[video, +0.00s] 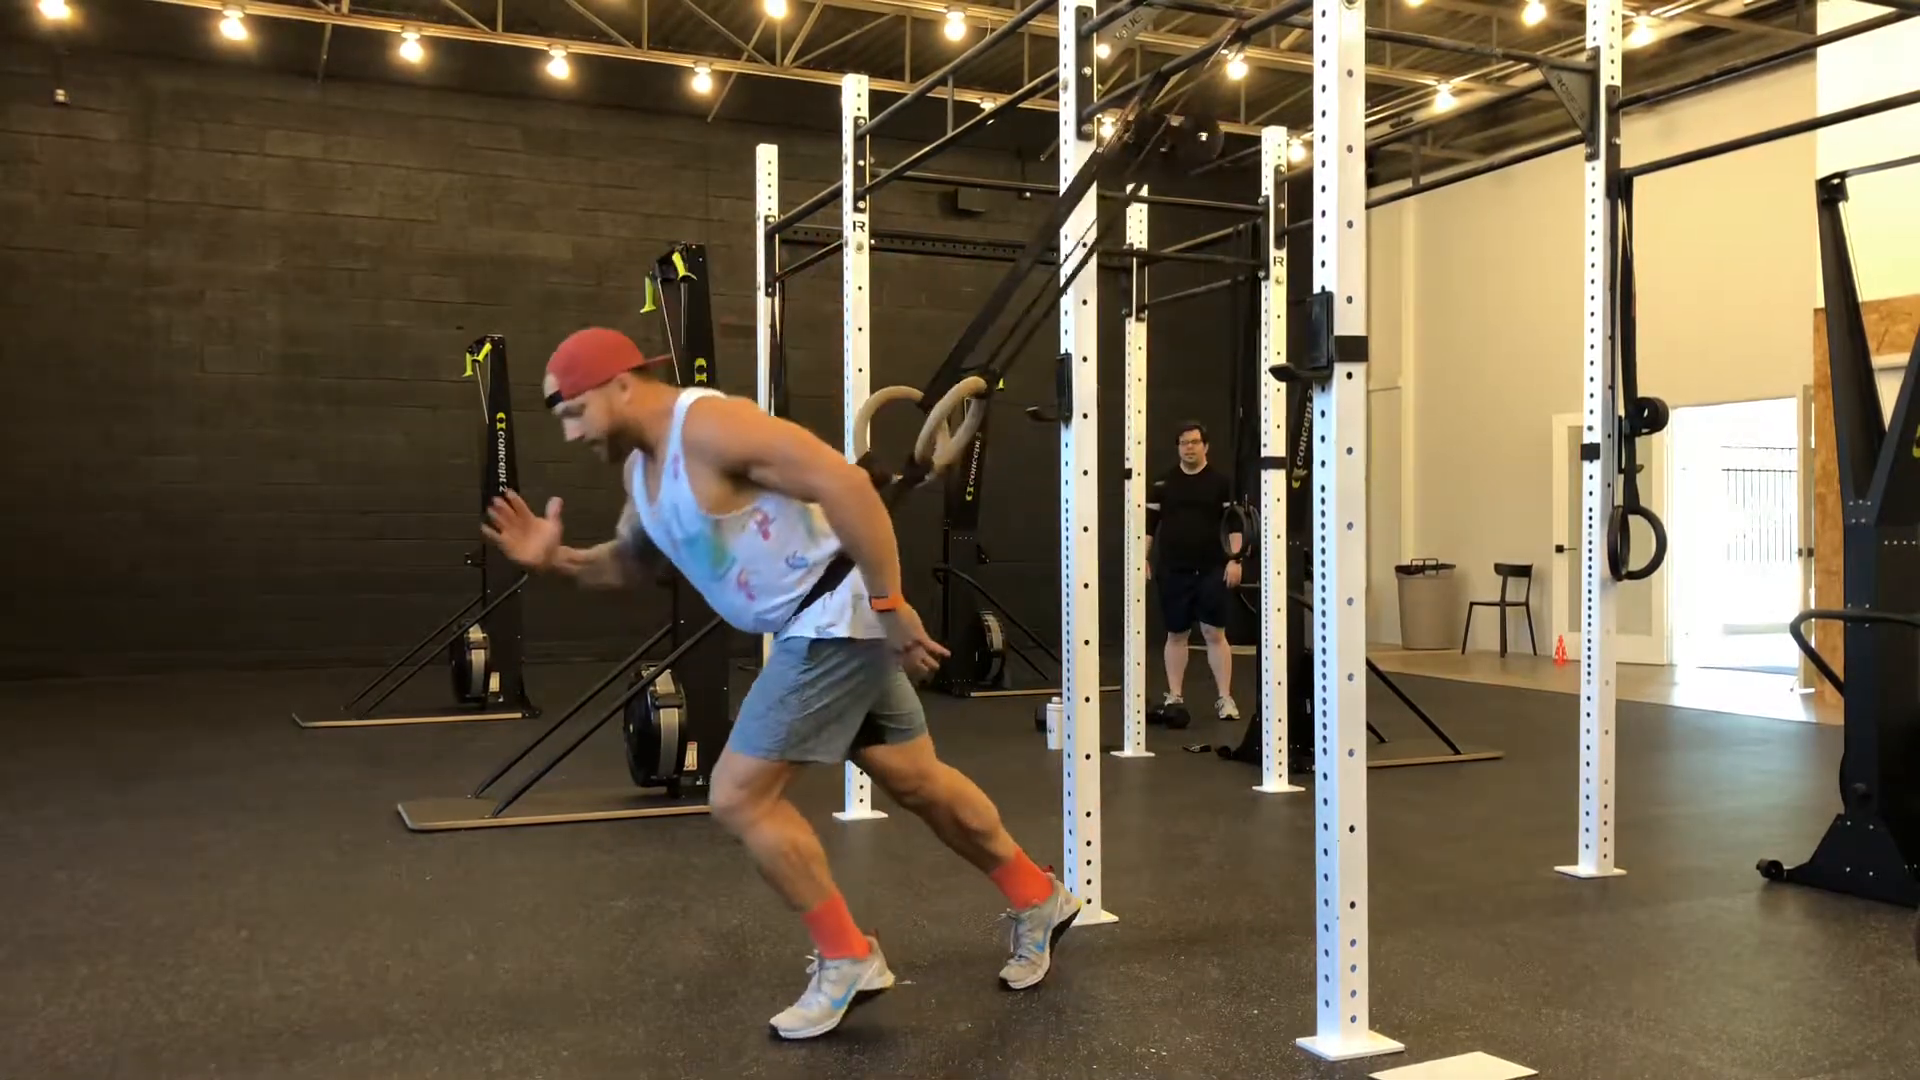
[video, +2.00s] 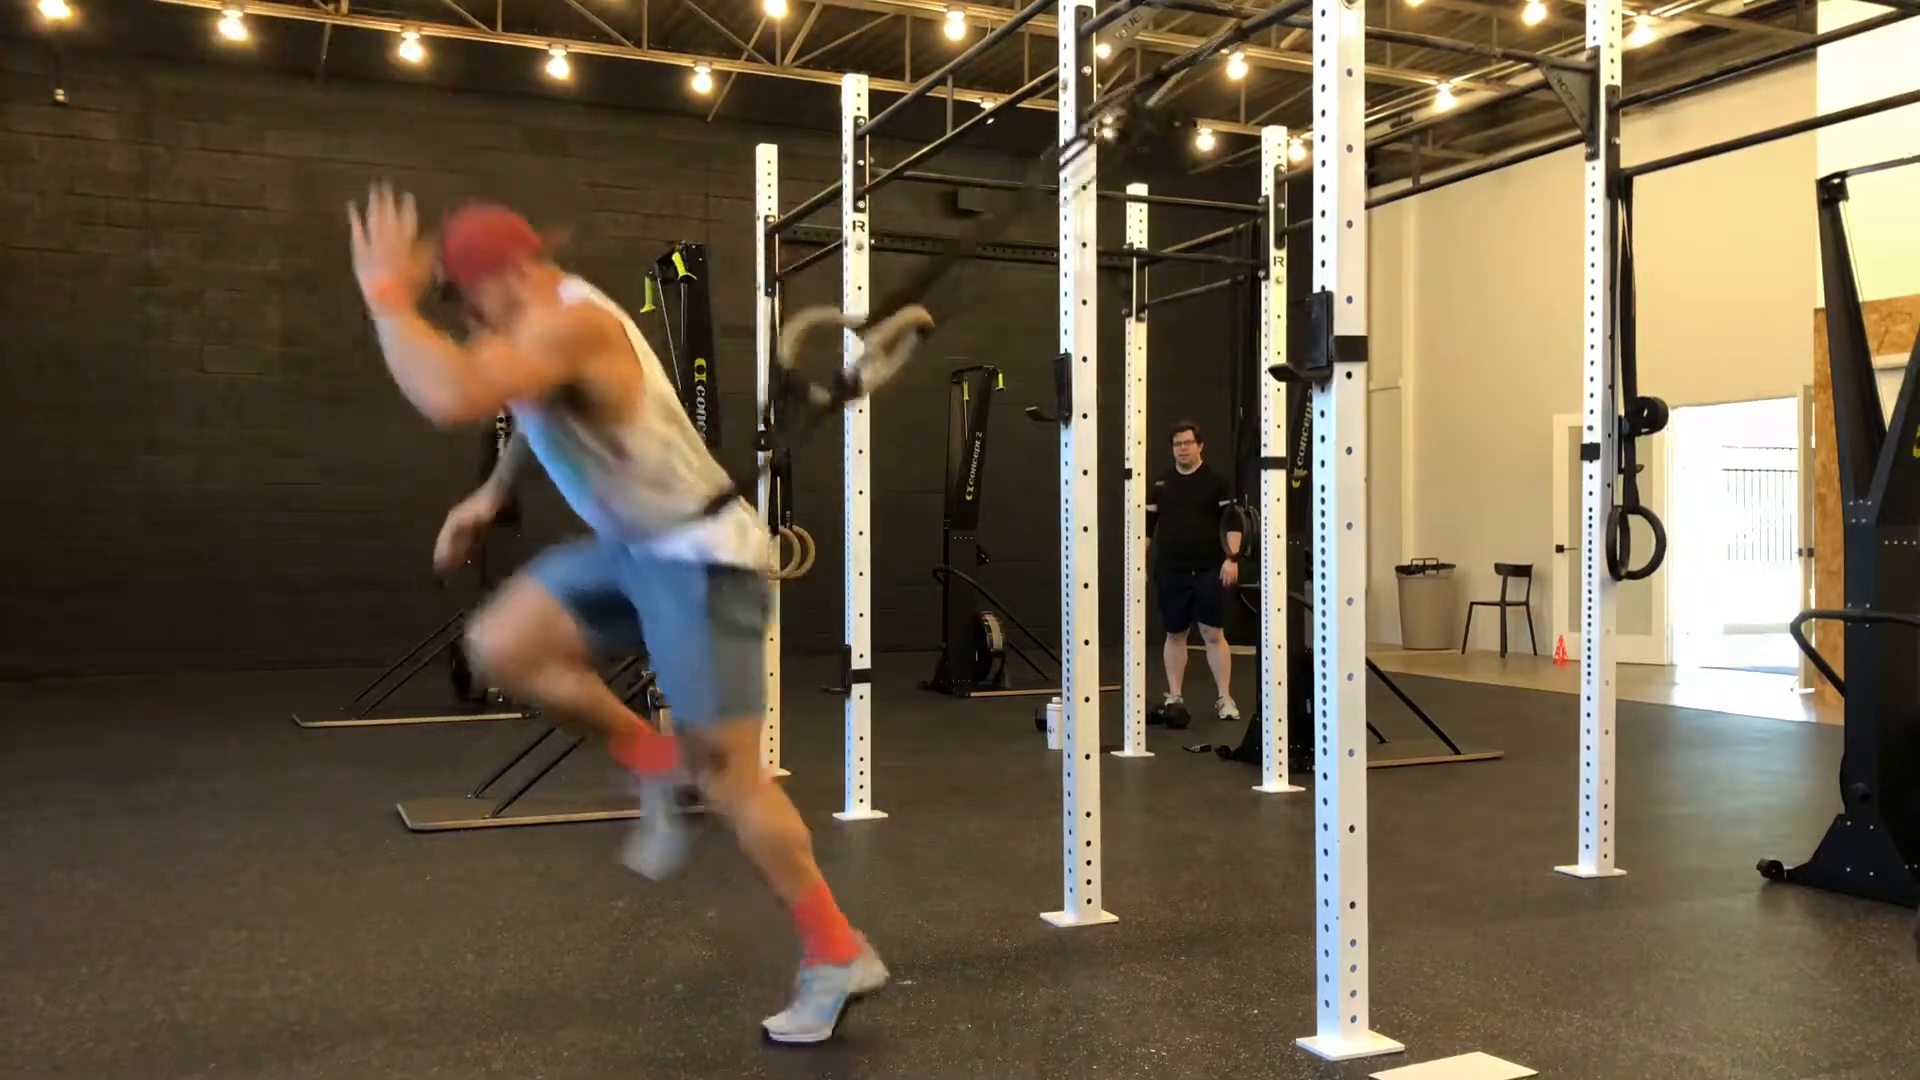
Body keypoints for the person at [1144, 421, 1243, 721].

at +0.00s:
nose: (1189, 448)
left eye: (1194, 443)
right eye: (1184, 443)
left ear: (1205, 446)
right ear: (1177, 448)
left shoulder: (1220, 482)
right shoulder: (1165, 484)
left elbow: (1234, 524)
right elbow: (1150, 525)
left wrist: (1235, 559)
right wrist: (1143, 557)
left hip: (1211, 569)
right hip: (1173, 569)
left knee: (1214, 633)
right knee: (1176, 634)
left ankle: (1225, 698)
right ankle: (1174, 696)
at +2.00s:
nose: (1182, 449)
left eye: (1187, 443)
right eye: (1177, 444)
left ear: (1200, 446)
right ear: (1171, 448)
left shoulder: (1216, 481)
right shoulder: (1161, 484)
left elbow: (1233, 522)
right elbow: (1147, 529)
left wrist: (1232, 558)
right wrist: (1141, 564)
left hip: (1209, 570)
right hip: (1171, 570)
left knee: (1213, 634)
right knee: (1175, 634)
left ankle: (1224, 698)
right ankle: (1174, 697)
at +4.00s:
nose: (1173, 449)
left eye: (1179, 443)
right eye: (1168, 444)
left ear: (1191, 447)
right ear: (1162, 449)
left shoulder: (1208, 482)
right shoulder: (1152, 485)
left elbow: (1224, 524)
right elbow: (1140, 525)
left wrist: (1221, 557)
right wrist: (1138, 563)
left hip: (1200, 569)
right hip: (1164, 569)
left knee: (1207, 632)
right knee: (1170, 634)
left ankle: (1223, 697)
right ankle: (1173, 696)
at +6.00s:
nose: (1217, 449)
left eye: (1223, 443)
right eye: (1213, 444)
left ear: (1233, 447)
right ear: (1205, 449)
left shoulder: (1246, 480)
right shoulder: (1192, 482)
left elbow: (1261, 521)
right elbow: (1175, 523)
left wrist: (1259, 561)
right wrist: (1172, 559)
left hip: (1235, 569)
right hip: (1197, 568)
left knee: (1231, 632)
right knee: (1190, 631)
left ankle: (1228, 696)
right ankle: (1174, 692)